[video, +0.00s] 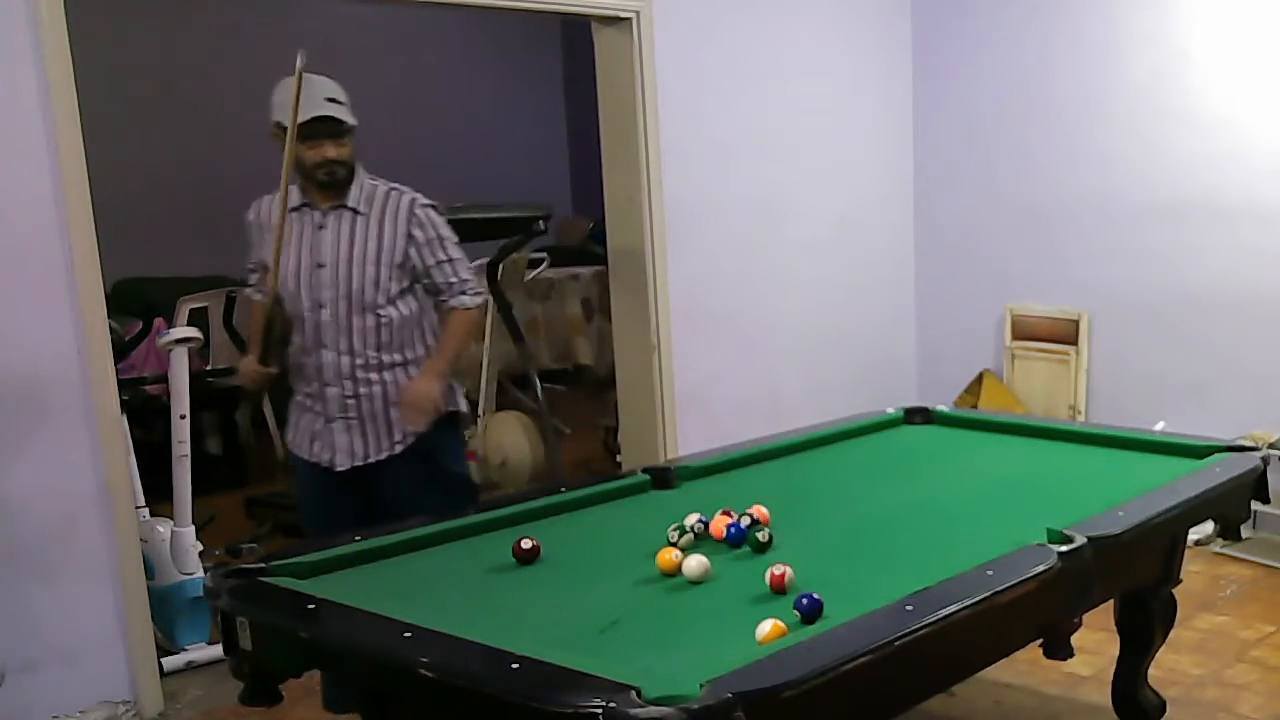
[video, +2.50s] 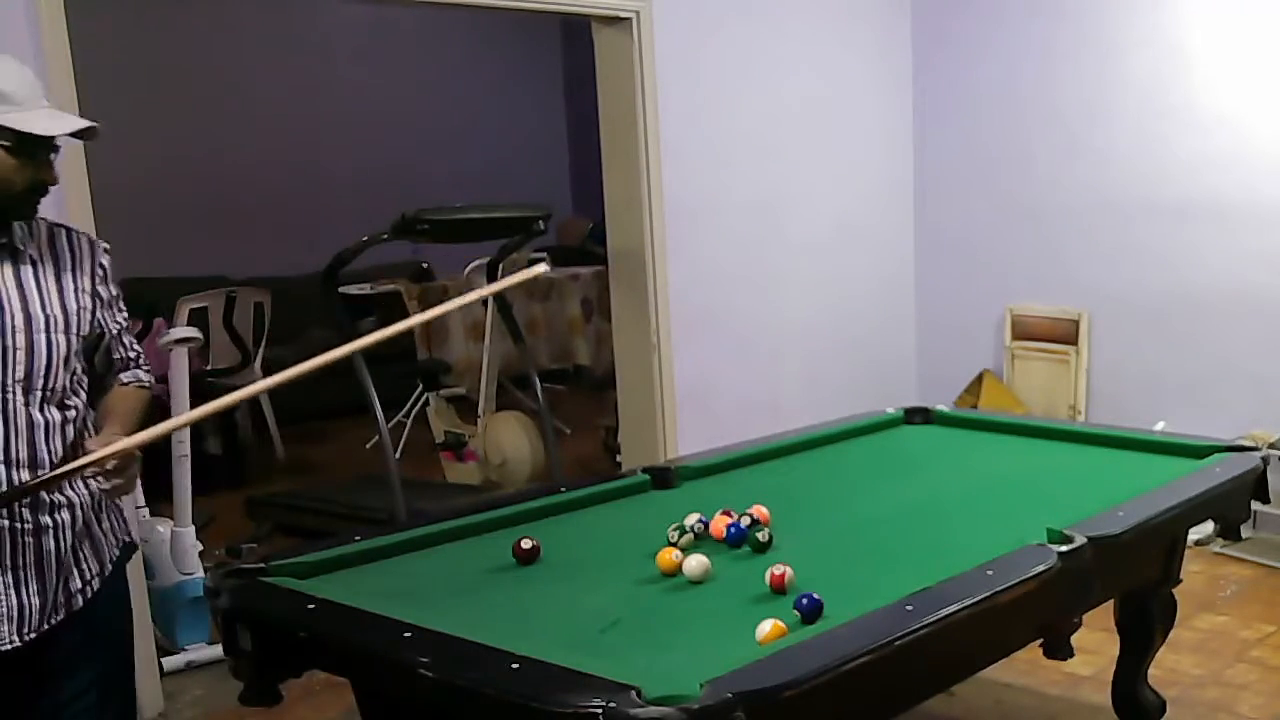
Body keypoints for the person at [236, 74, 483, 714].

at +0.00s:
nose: (330, 153)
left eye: (340, 137)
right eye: (313, 140)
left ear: (355, 140)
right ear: (286, 145)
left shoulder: (404, 210)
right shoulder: (268, 218)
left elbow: (468, 298)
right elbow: (261, 295)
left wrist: (434, 375)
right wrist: (256, 353)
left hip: (414, 435)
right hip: (320, 442)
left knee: (437, 574)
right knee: (337, 582)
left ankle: (454, 703)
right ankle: (355, 703)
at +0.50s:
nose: (256, 157)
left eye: (266, 139)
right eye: (238, 142)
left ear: (281, 138)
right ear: (202, 144)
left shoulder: (329, 212)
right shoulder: (183, 222)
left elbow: (393, 312)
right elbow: (178, 302)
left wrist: (316, 346)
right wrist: (182, 375)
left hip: (339, 437)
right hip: (255, 454)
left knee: (343, 599)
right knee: (291, 603)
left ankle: (349, 707)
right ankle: (325, 706)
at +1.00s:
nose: (225, 163)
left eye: (237, 146)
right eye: (206, 146)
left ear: (251, 142)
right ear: (160, 139)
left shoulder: (283, 234)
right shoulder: (120, 217)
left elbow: (345, 339)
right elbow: (106, 306)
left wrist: (266, 380)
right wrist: (100, 394)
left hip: (264, 470)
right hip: (164, 477)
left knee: (259, 627)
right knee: (168, 629)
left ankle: (280, 712)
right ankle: (254, 709)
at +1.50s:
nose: (153, 173)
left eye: (161, 155)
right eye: (132, 155)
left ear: (174, 152)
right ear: (71, 150)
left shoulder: (207, 247)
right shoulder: (18, 241)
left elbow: (280, 352)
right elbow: (7, 347)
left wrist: (207, 400)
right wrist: (5, 435)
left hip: (202, 528)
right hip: (75, 537)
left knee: (240, 700)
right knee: (76, 706)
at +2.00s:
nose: (22, 152)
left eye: (25, 135)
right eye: (10, 136)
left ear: (32, 140)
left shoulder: (73, 230)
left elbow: (143, 338)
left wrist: (103, 404)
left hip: (96, 517)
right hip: (4, 542)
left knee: (129, 695)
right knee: (18, 704)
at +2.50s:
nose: (53, 170)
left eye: (53, 150)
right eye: (33, 151)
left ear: (54, 152)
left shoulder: (81, 256)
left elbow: (129, 370)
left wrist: (113, 436)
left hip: (81, 577)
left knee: (99, 707)